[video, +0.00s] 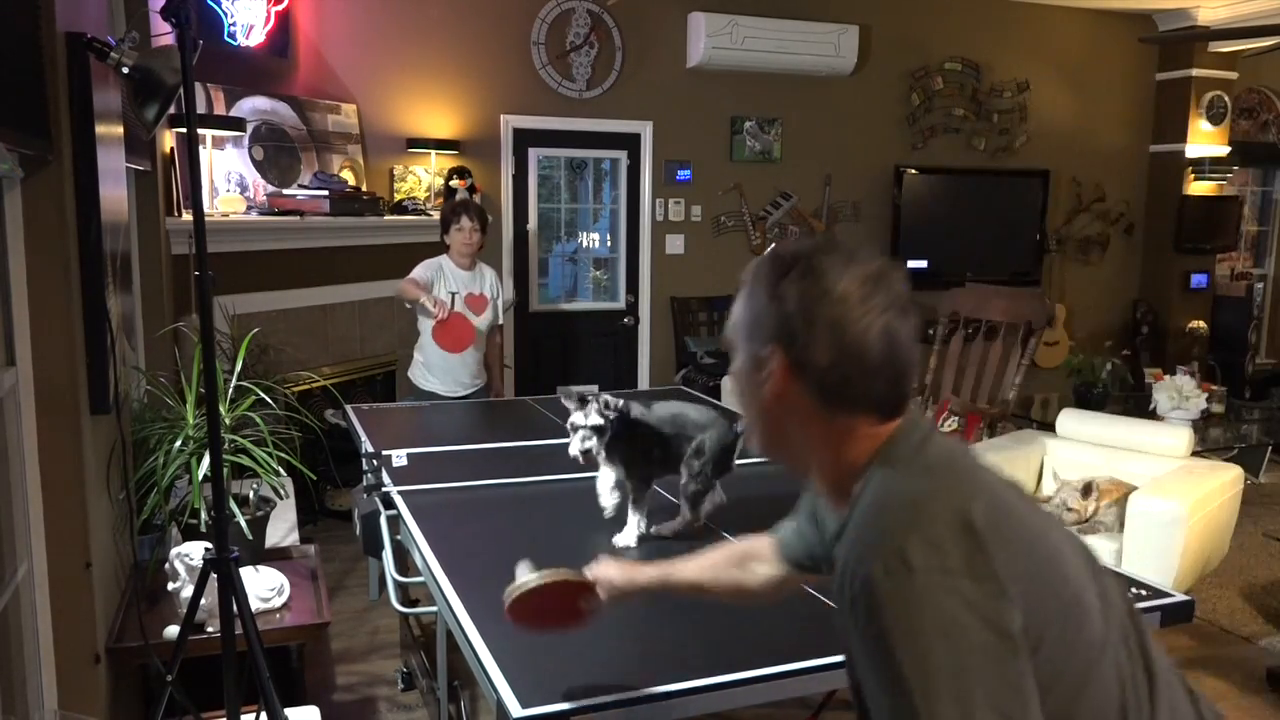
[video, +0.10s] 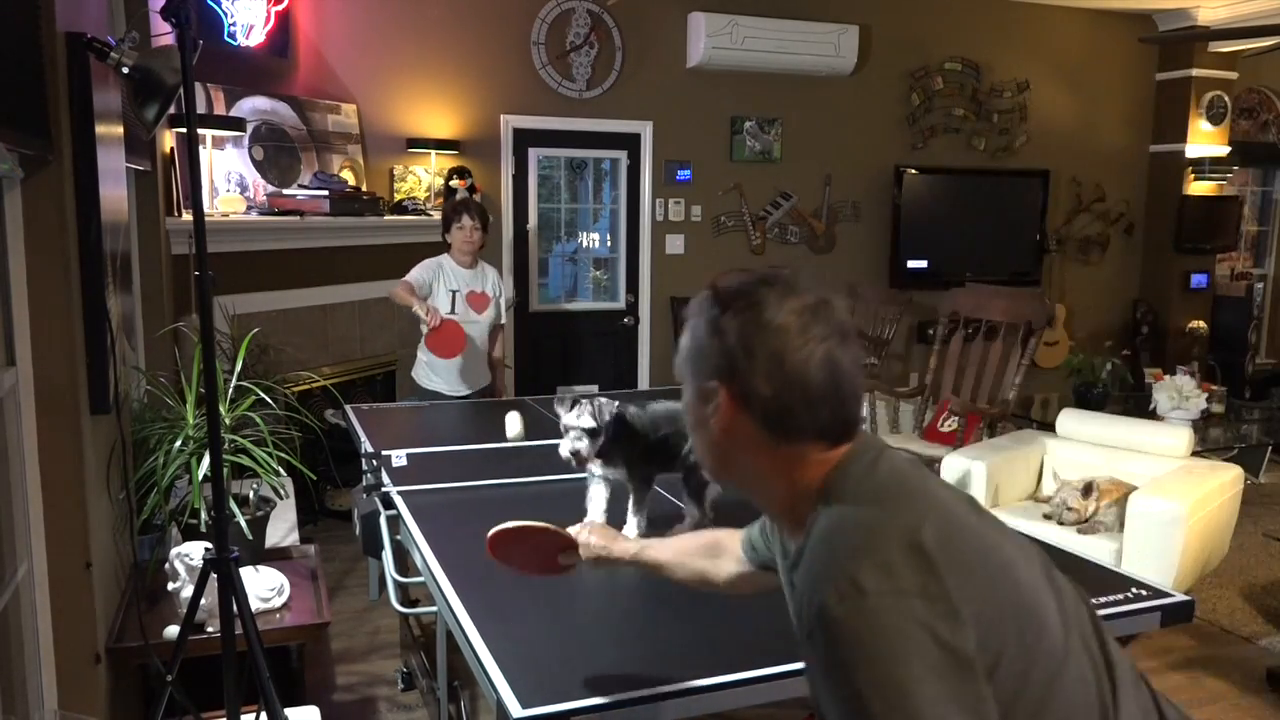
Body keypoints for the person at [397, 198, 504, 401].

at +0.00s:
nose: (468, 236)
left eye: (475, 230)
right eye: (459, 229)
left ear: (482, 237)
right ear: (446, 237)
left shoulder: (489, 277)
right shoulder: (432, 268)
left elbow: (494, 335)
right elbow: (405, 287)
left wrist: (496, 383)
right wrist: (425, 298)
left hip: (474, 388)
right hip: (430, 389)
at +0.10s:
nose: (469, 235)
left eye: (475, 229)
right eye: (460, 228)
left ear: (483, 236)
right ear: (447, 236)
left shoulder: (491, 276)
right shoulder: (433, 268)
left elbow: (496, 330)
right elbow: (399, 291)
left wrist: (498, 380)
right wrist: (418, 303)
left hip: (478, 385)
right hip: (434, 387)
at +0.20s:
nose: (471, 234)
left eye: (478, 228)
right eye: (463, 227)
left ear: (486, 236)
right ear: (450, 234)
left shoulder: (497, 276)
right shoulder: (433, 269)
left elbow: (502, 329)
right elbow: (394, 295)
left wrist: (507, 380)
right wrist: (413, 311)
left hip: (486, 385)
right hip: (441, 387)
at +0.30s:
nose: (476, 236)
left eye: (483, 230)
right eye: (468, 229)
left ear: (491, 236)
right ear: (455, 235)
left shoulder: (501, 275)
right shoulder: (437, 271)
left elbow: (511, 329)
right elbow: (395, 305)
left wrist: (515, 381)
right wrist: (412, 323)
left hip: (494, 385)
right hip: (447, 388)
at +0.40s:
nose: (485, 242)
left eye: (491, 235)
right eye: (476, 235)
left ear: (499, 239)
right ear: (464, 241)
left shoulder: (512, 279)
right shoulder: (446, 278)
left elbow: (521, 330)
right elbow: (410, 322)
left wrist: (527, 380)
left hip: (502, 389)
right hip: (458, 390)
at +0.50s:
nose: (496, 251)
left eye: (502, 244)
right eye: (487, 243)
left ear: (508, 245)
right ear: (474, 245)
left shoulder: (522, 281)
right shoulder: (458, 283)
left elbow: (532, 330)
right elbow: (431, 334)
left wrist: (536, 377)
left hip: (515, 387)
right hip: (470, 391)